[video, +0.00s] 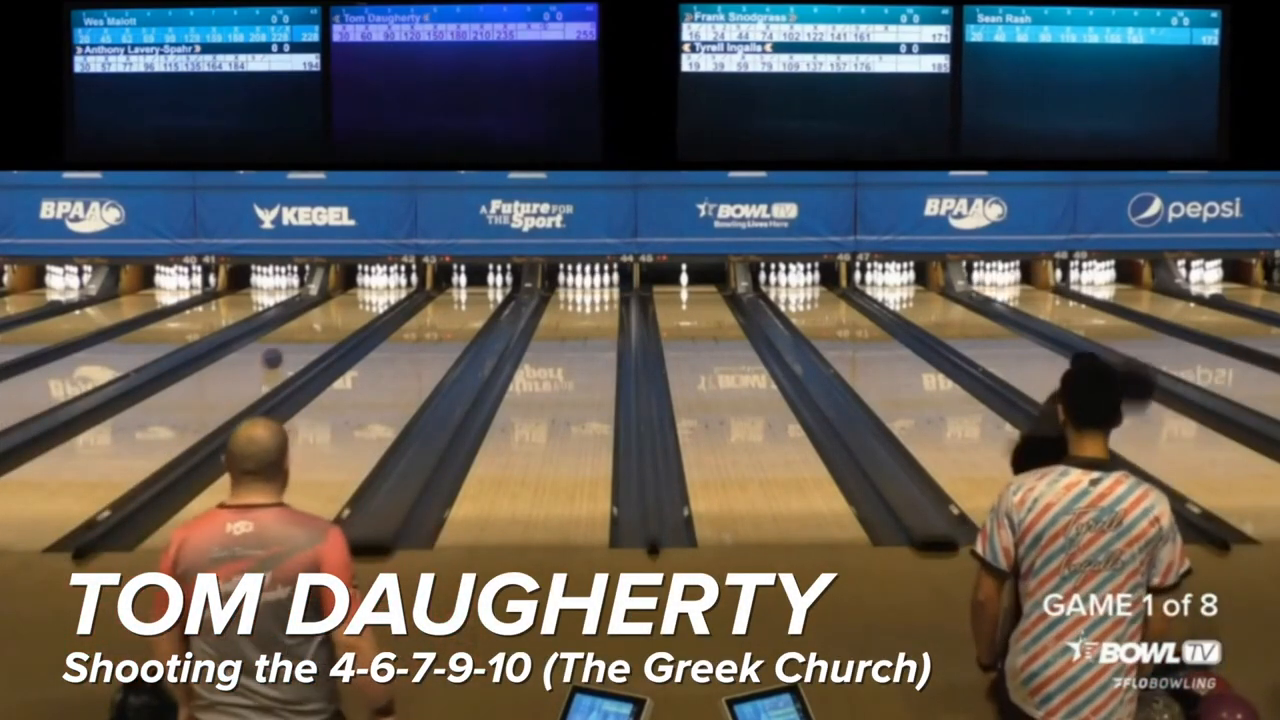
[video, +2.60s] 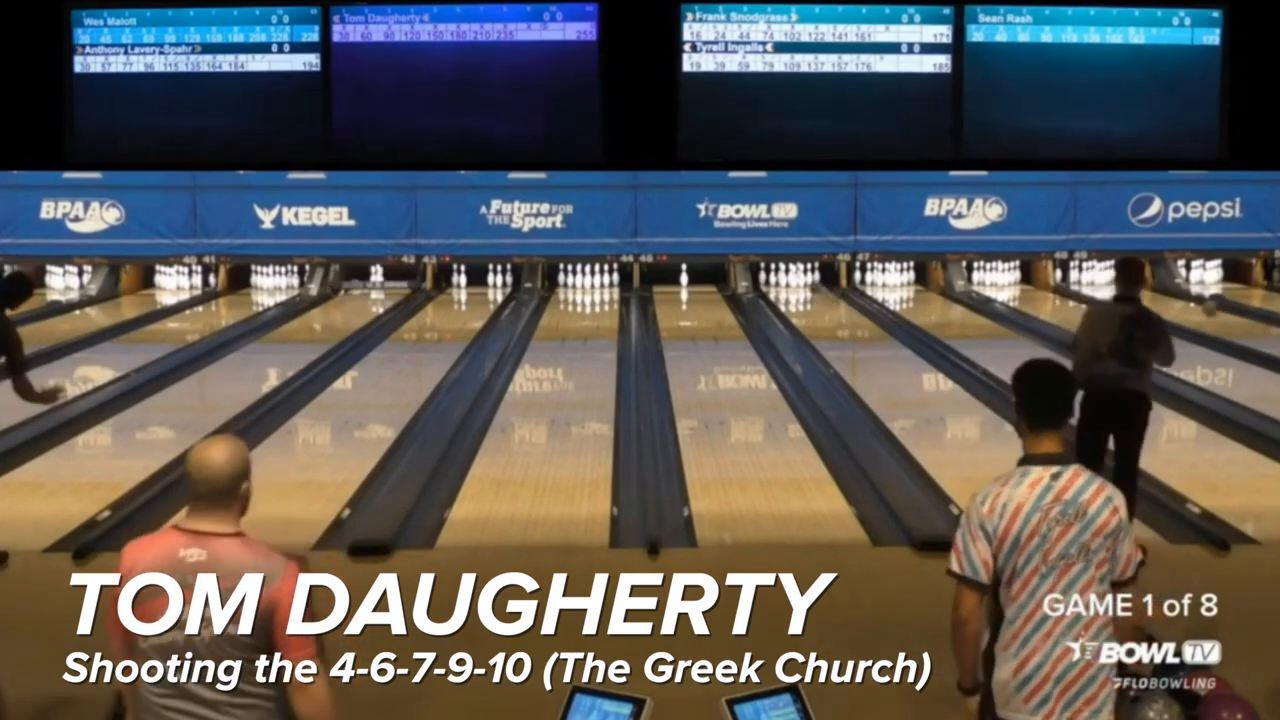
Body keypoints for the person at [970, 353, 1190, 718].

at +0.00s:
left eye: (1060, 405)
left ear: (1061, 412)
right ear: (1118, 418)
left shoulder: (1023, 493)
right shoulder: (1152, 504)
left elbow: (986, 595)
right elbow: (1161, 606)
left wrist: (988, 660)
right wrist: (1141, 670)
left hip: (1032, 686)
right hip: (1110, 693)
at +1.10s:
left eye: (1059, 406)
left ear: (1059, 415)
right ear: (1116, 421)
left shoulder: (1021, 499)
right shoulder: (1144, 512)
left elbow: (983, 601)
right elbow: (1149, 614)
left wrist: (984, 666)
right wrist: (1141, 674)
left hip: (1026, 687)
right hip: (1104, 695)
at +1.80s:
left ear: (1070, 415)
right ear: (1127, 421)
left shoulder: (1032, 497)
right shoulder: (1153, 514)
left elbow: (991, 601)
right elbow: (1154, 615)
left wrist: (987, 665)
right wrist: (1137, 673)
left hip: (1032, 686)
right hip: (1109, 696)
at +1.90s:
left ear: (1070, 415)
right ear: (1126, 423)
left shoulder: (1031, 497)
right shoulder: (1152, 514)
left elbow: (991, 600)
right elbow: (1154, 614)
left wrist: (988, 667)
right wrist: (1137, 673)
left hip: (1032, 685)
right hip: (1109, 694)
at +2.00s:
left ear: (1069, 416)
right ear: (1125, 423)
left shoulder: (1029, 497)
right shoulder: (1151, 514)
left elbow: (992, 601)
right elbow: (1153, 616)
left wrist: (988, 669)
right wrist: (1137, 675)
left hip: (1032, 687)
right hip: (1108, 694)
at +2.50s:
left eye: (1026, 407)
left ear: (1028, 414)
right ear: (1082, 416)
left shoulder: (999, 501)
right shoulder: (1117, 502)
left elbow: (971, 607)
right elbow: (1129, 595)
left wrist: (971, 682)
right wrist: (1129, 656)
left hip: (1023, 687)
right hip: (1094, 686)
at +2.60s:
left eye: (1016, 408)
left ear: (1018, 415)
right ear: (1071, 415)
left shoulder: (993, 502)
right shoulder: (1109, 500)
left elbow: (968, 606)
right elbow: (1123, 580)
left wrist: (969, 685)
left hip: (1023, 682)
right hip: (1093, 681)